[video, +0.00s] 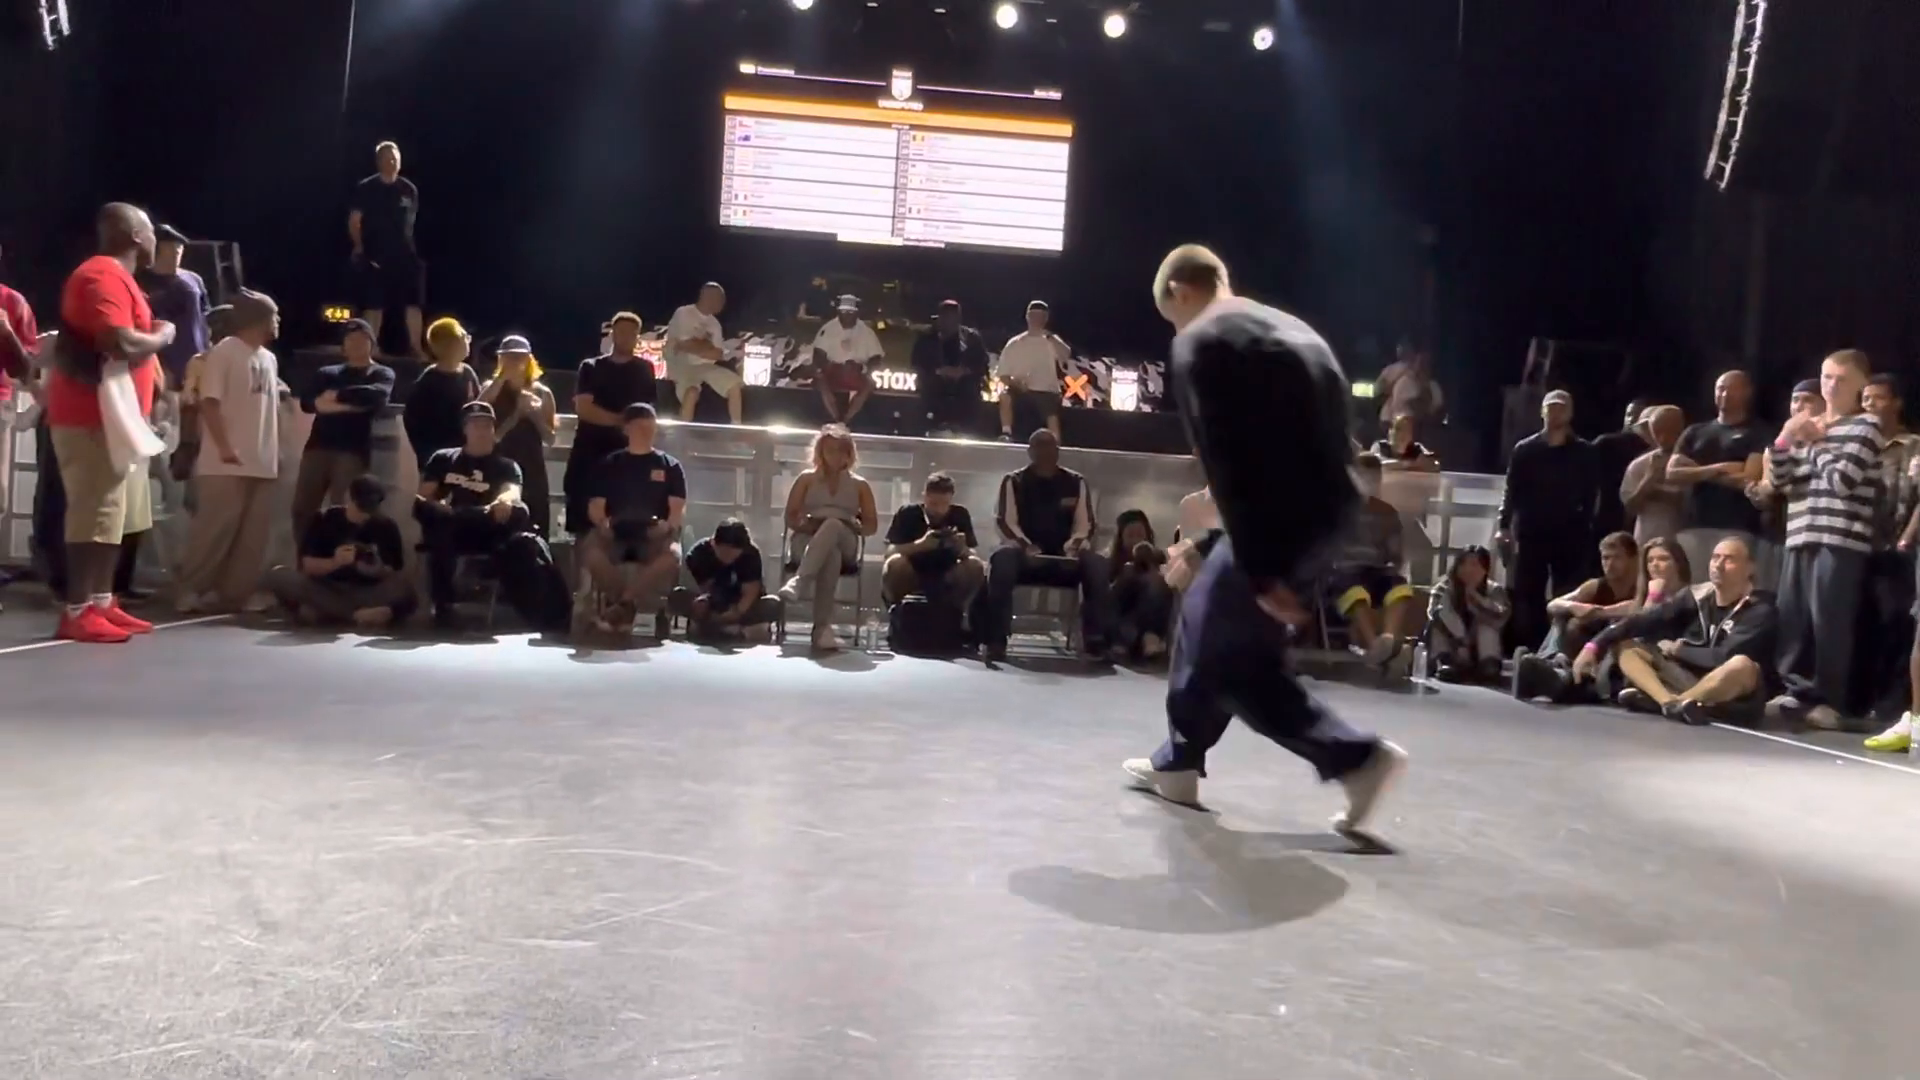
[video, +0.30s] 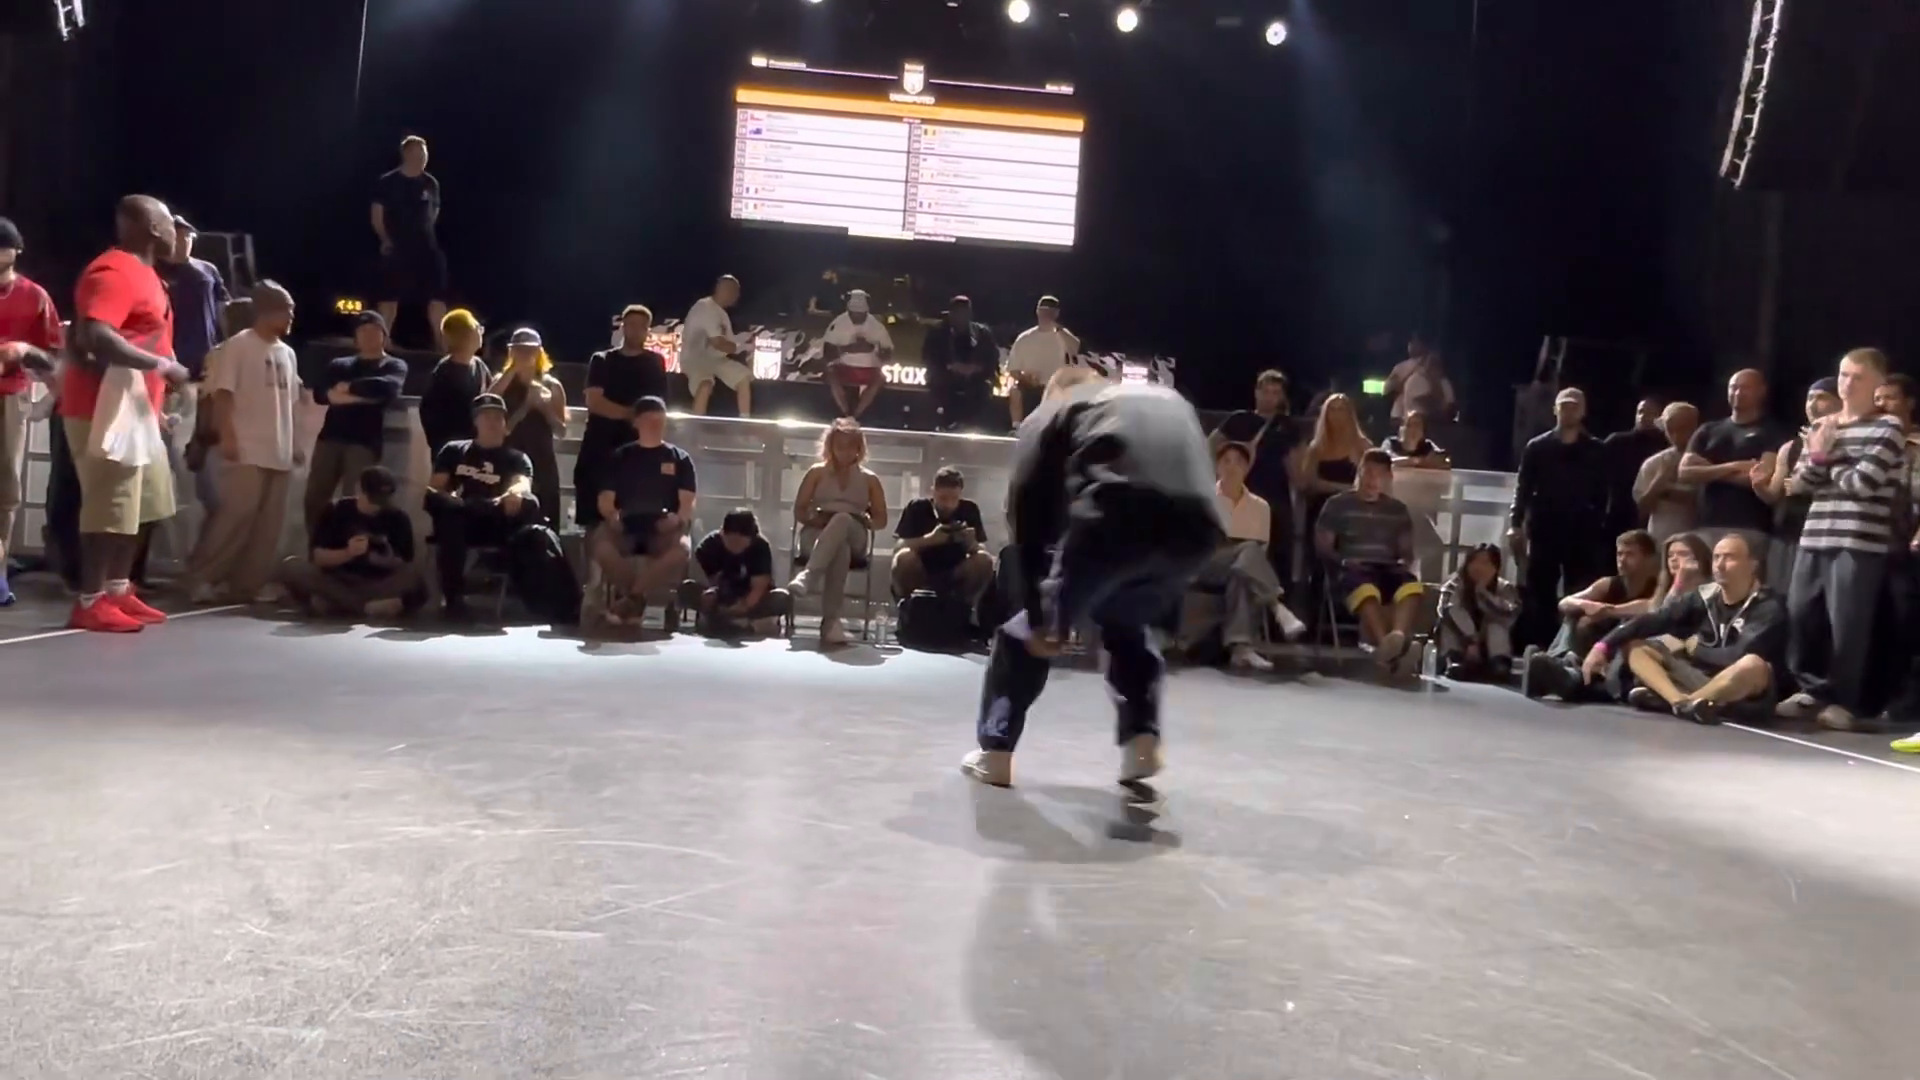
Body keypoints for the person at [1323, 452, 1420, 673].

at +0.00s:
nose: (1370, 483)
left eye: (1374, 478)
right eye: (1364, 477)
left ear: (1379, 480)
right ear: (1352, 477)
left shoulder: (1387, 512)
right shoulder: (1338, 510)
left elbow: (1396, 558)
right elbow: (1324, 549)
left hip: (1378, 570)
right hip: (1343, 569)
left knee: (1402, 592)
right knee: (1358, 599)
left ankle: (1386, 645)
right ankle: (1377, 654)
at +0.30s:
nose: (1372, 481)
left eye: (1378, 476)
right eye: (1368, 474)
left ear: (1388, 478)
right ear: (1359, 475)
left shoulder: (1397, 508)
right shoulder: (1337, 504)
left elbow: (1406, 550)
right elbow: (1323, 546)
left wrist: (1403, 564)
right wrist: (1344, 562)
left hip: (1389, 565)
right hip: (1355, 563)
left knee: (1412, 590)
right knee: (1367, 595)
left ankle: (1397, 645)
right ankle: (1388, 654)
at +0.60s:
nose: (1377, 480)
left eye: (1383, 474)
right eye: (1373, 473)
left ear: (1393, 477)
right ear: (1364, 473)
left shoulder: (1403, 508)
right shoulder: (1341, 503)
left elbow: (1412, 549)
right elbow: (1327, 545)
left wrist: (1409, 562)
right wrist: (1349, 561)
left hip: (1393, 564)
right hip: (1360, 562)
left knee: (1417, 590)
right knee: (1372, 595)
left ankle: (1401, 643)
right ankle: (1391, 653)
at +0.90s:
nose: (1383, 478)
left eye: (1390, 473)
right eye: (1379, 471)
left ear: (1399, 476)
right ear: (1369, 471)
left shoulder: (1408, 507)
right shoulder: (1347, 502)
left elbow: (1417, 550)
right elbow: (1332, 544)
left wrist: (1412, 562)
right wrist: (1354, 560)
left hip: (1397, 564)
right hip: (1364, 561)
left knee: (1422, 586)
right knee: (1376, 592)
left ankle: (1405, 642)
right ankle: (1398, 651)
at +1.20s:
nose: (1388, 475)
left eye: (1395, 469)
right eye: (1384, 467)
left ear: (1404, 474)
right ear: (1374, 467)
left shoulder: (1413, 504)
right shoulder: (1352, 499)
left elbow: (1422, 547)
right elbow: (1336, 541)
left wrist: (1418, 559)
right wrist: (1358, 558)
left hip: (1402, 562)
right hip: (1369, 559)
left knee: (1426, 583)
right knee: (1380, 589)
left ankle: (1409, 639)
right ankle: (1402, 649)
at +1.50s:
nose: (1393, 470)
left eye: (1400, 465)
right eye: (1388, 463)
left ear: (1409, 470)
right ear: (1379, 463)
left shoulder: (1418, 501)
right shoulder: (1355, 496)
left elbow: (1426, 545)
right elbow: (1341, 539)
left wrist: (1421, 556)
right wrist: (1364, 554)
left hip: (1406, 558)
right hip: (1372, 555)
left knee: (1430, 579)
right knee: (1386, 586)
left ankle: (1414, 636)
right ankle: (1406, 647)